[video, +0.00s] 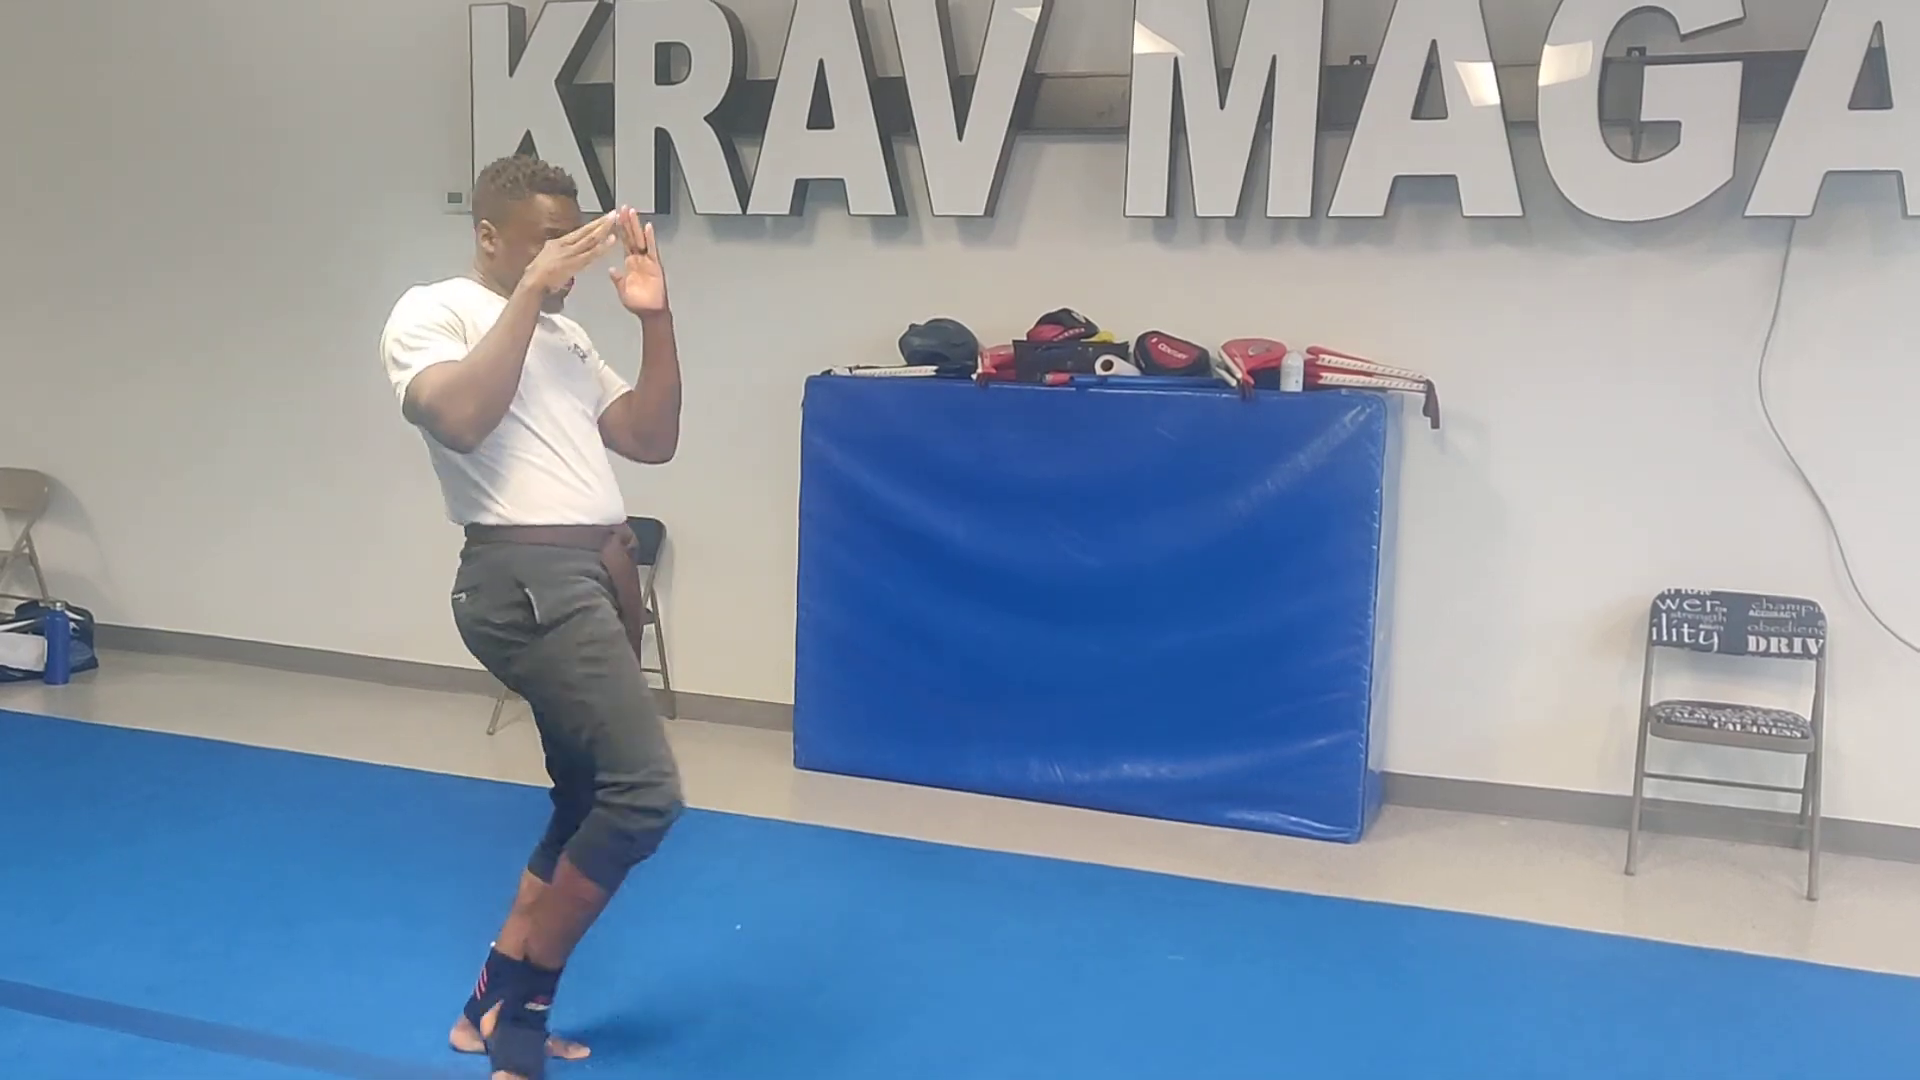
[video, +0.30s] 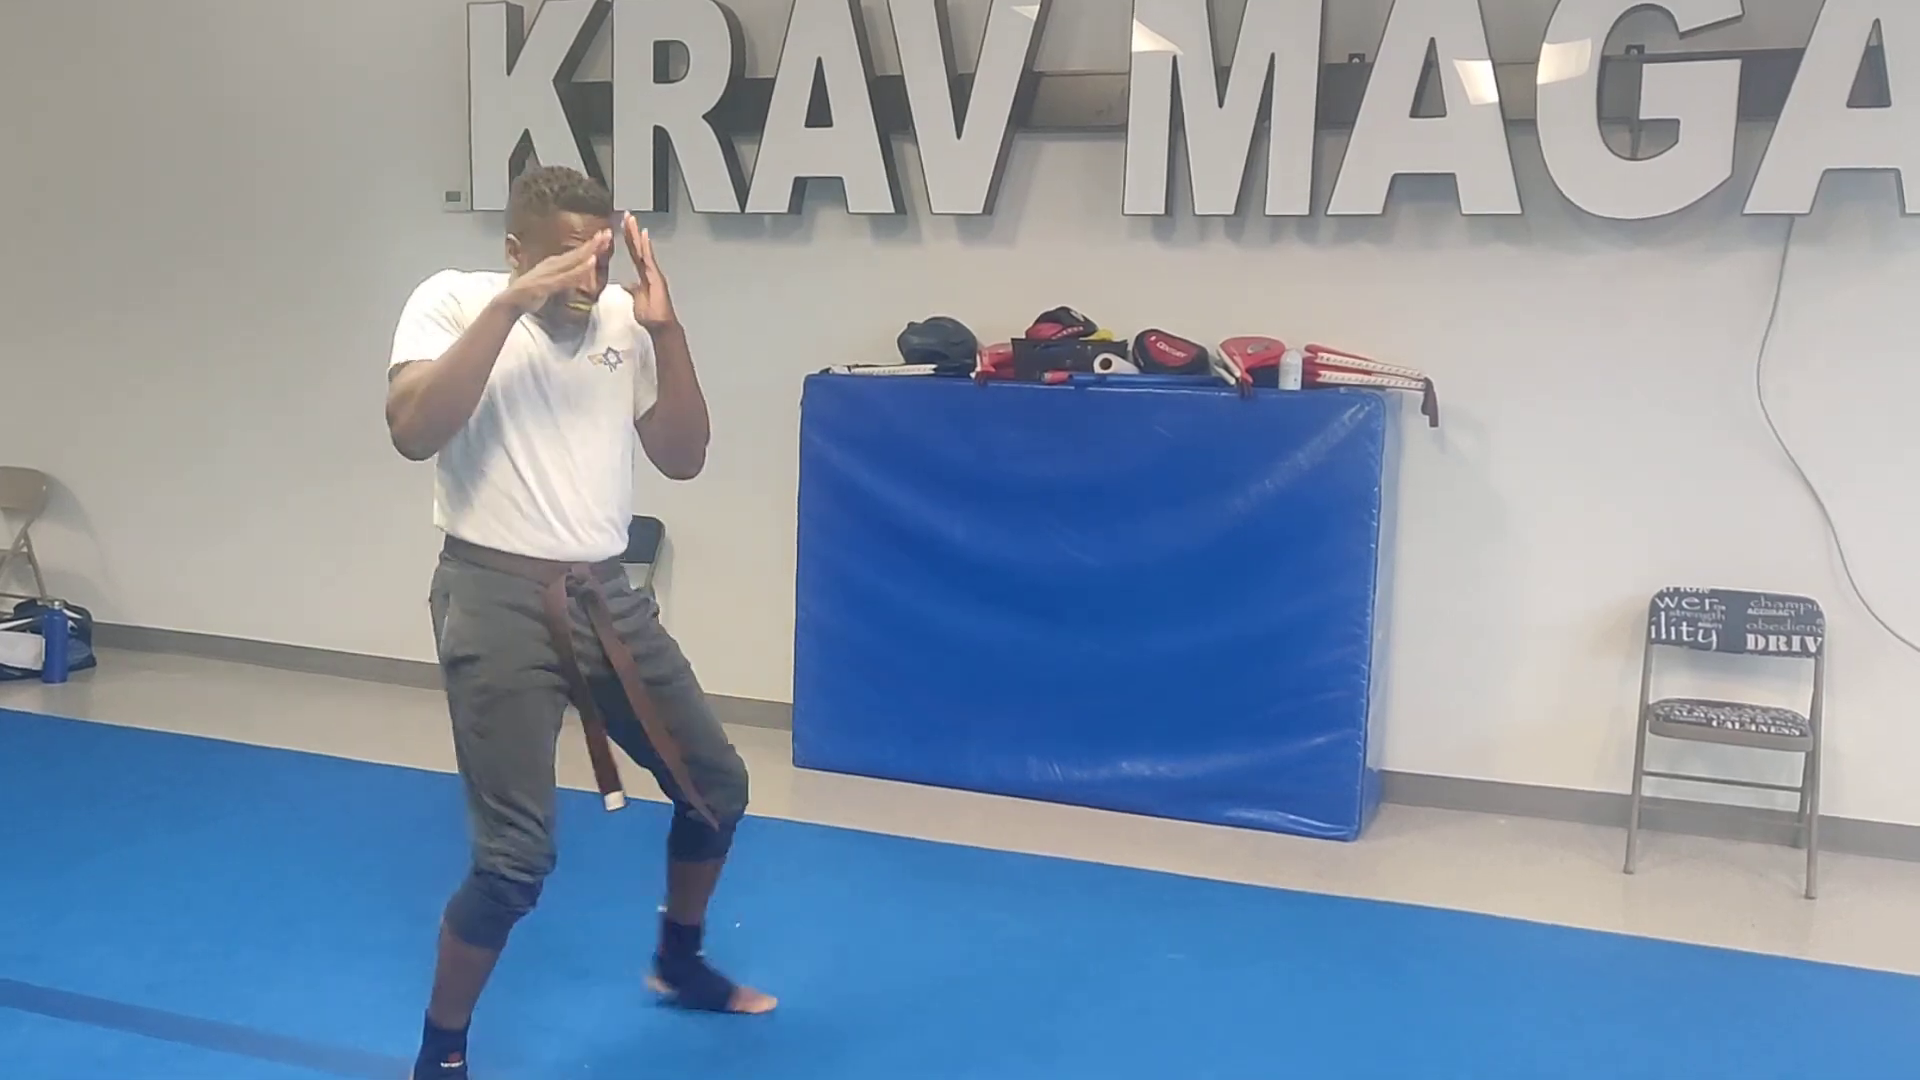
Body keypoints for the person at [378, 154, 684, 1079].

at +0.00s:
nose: (557, 259)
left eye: (567, 242)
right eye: (541, 243)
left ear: (572, 240)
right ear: (484, 234)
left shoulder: (562, 331)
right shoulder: (428, 313)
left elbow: (651, 440)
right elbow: (458, 421)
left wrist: (654, 324)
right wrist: (533, 294)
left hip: (598, 570)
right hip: (528, 575)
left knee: (589, 799)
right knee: (639, 795)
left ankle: (496, 996)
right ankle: (521, 1008)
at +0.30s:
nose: (580, 276)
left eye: (595, 260)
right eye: (563, 258)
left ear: (609, 246)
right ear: (514, 246)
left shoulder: (621, 315)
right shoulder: (453, 299)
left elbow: (683, 458)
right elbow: (414, 432)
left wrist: (667, 329)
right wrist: (512, 301)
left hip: (605, 587)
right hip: (493, 589)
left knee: (715, 787)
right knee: (514, 859)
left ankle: (679, 960)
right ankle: (441, 1058)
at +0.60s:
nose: (703, 294)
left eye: (708, 278)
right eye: (694, 275)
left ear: (683, 281)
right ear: (642, 264)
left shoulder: (666, 371)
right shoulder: (584, 329)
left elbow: (708, 459)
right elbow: (537, 310)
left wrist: (744, 359)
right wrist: (691, 288)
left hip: (646, 609)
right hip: (579, 606)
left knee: (747, 777)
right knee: (600, 872)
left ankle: (732, 971)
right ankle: (432, 1055)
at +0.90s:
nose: (732, 324)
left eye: (732, 308)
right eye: (726, 308)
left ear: (639, 290)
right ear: (679, 292)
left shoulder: (536, 357)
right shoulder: (728, 359)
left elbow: (578, 467)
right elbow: (854, 401)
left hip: (572, 631)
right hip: (659, 636)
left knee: (746, 764)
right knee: (626, 880)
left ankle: (733, 970)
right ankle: (434, 1059)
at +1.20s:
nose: (736, 286)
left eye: (733, 266)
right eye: (733, 266)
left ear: (655, 253)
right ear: (706, 256)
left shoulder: (587, 318)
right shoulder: (680, 308)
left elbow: (637, 431)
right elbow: (763, 234)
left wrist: (723, 390)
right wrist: (847, 281)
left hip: (597, 584)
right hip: (628, 599)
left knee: (748, 781)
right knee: (621, 860)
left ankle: (736, 974)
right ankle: (418, 1017)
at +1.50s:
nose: (714, 319)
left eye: (726, 305)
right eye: (699, 302)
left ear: (741, 305)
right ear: (650, 296)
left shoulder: (731, 378)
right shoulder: (581, 356)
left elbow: (763, 519)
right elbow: (587, 452)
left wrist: (778, 420)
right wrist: (706, 355)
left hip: (693, 622)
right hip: (581, 622)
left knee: (814, 806)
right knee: (557, 870)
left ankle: (871, 980)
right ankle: (432, 1044)